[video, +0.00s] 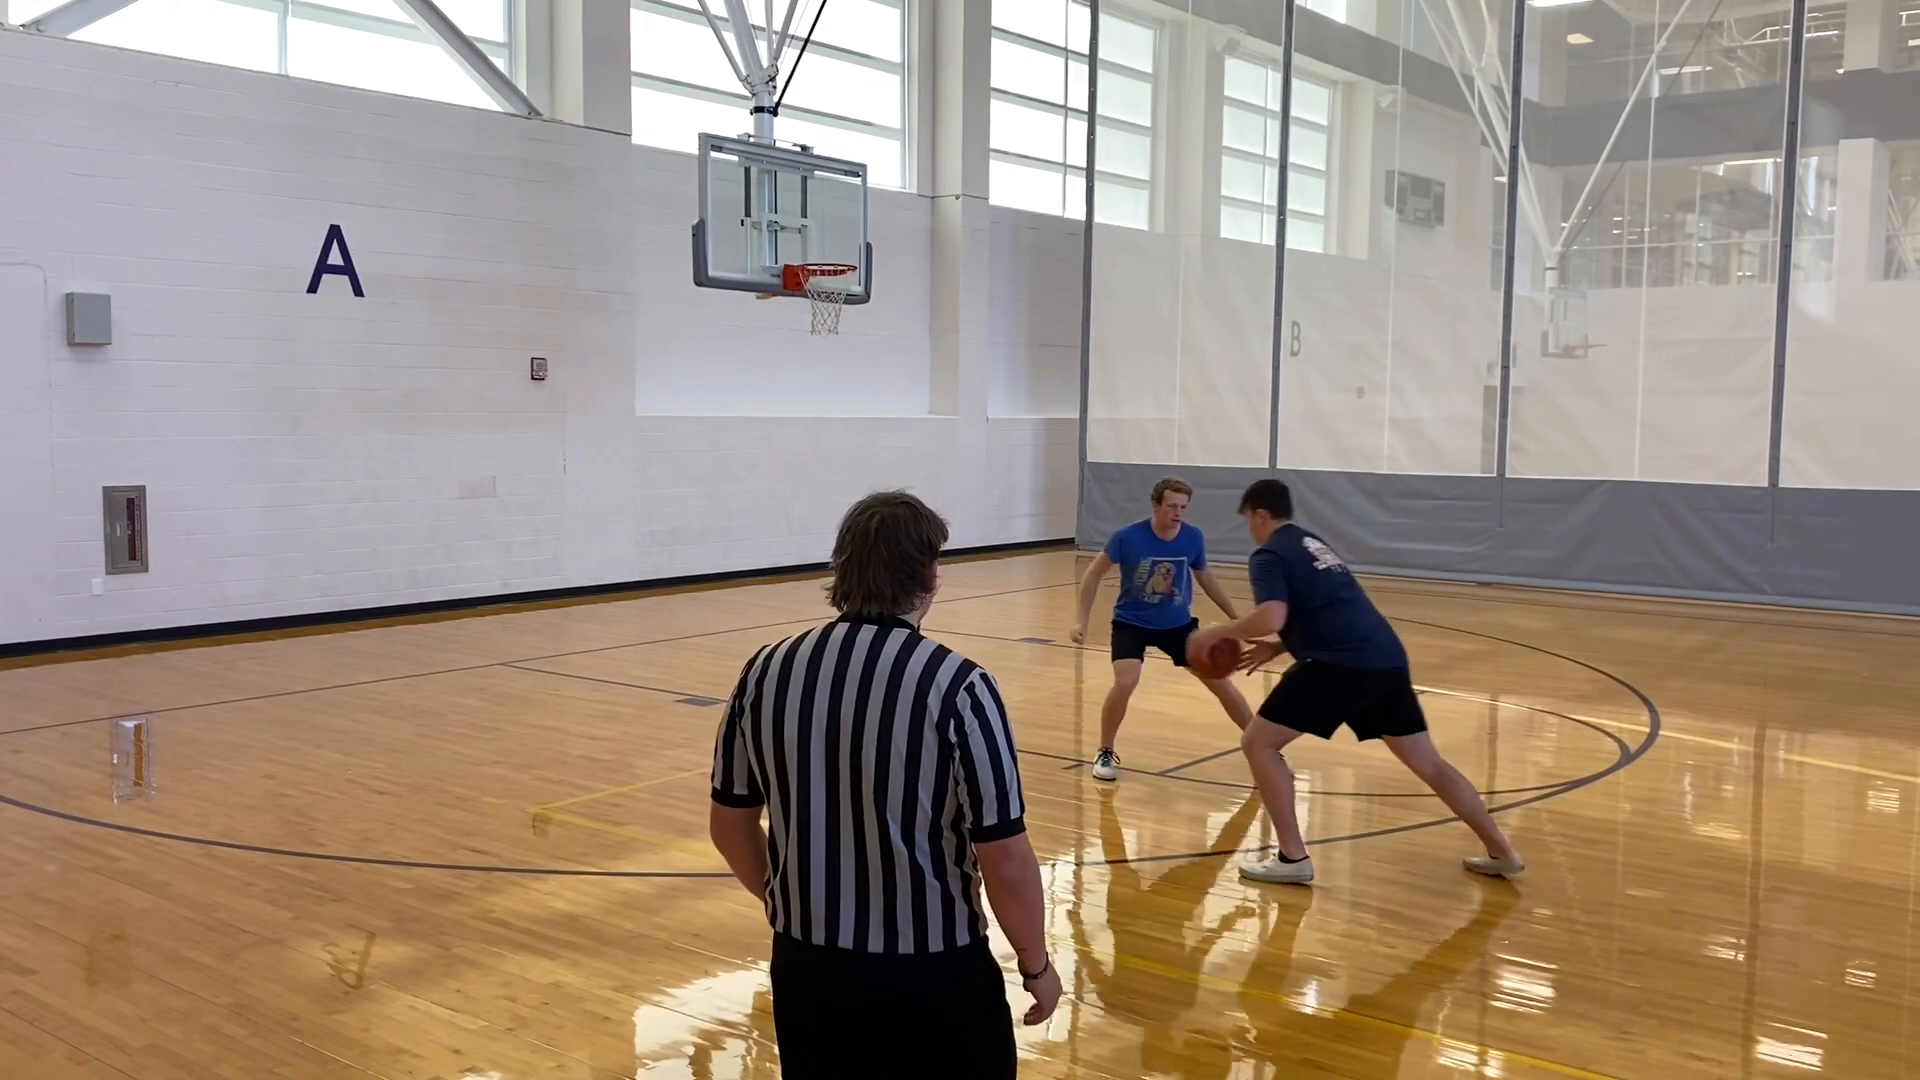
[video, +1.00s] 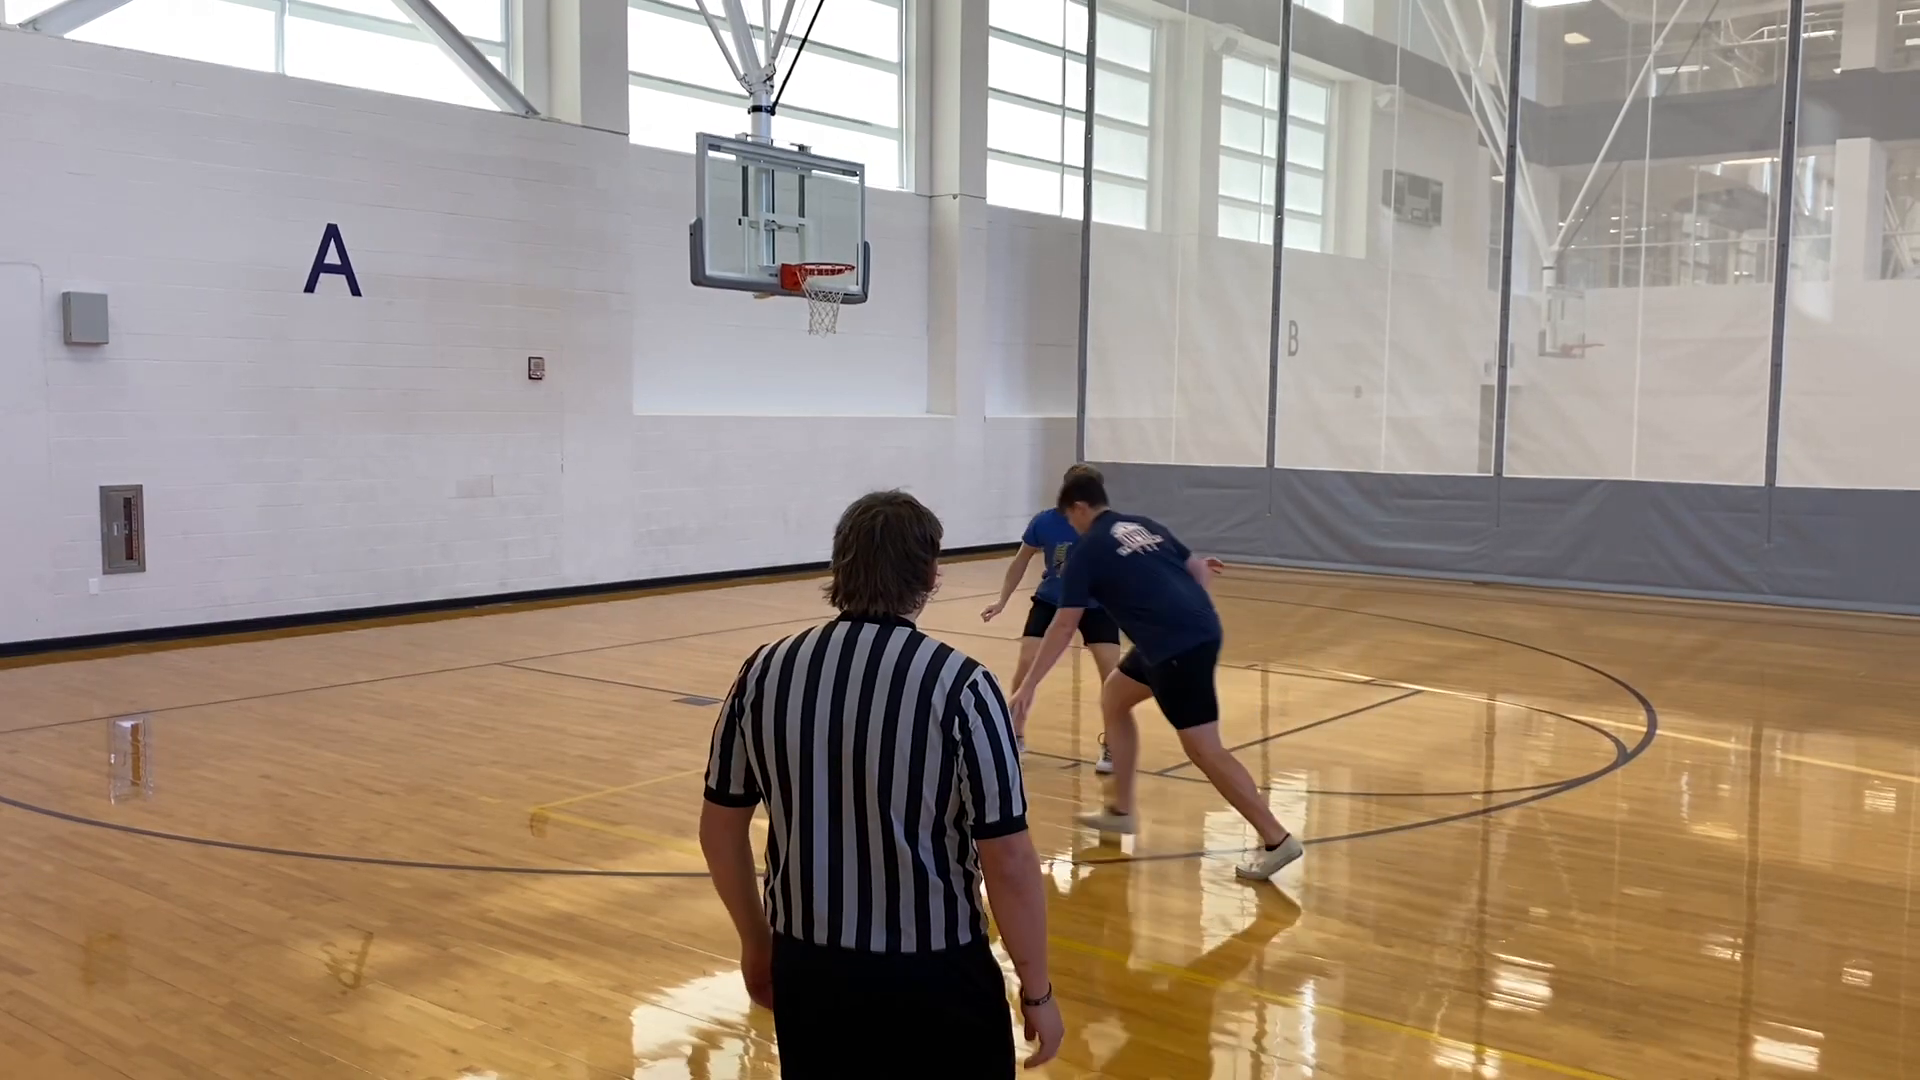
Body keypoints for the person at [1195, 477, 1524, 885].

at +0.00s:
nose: (1248, 527)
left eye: (1247, 518)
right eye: (1247, 518)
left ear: (1260, 515)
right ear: (1283, 511)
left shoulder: (1269, 554)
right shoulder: (1313, 542)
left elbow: (1271, 619)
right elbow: (1321, 613)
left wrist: (1219, 634)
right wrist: (1269, 650)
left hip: (1334, 666)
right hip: (1386, 663)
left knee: (1258, 743)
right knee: (1431, 765)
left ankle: (1292, 858)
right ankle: (1503, 854)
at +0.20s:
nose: (1205, 529)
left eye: (1205, 521)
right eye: (1204, 522)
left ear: (1217, 518)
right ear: (1240, 514)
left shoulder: (1232, 559)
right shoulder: (1272, 541)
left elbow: (1221, 629)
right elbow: (1299, 605)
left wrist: (1174, 621)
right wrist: (1254, 646)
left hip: (1298, 665)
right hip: (1347, 659)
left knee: (1241, 750)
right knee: (1381, 760)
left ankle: (1292, 858)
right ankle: (1474, 834)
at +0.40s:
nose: (1168, 535)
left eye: (1168, 527)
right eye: (1168, 527)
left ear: (1179, 522)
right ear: (1200, 516)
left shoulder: (1192, 563)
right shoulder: (1236, 541)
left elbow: (1171, 641)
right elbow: (1267, 603)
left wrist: (1125, 639)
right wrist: (1235, 654)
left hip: (1268, 663)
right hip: (1313, 658)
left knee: (1228, 757)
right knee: (1303, 756)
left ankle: (1291, 855)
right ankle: (1408, 800)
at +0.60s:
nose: (1133, 534)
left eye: (1132, 527)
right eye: (1131, 528)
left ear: (1142, 522)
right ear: (1165, 518)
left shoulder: (1155, 565)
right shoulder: (1201, 537)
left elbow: (1123, 640)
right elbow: (1233, 592)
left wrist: (1078, 682)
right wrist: (1220, 658)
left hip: (1238, 659)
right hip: (1273, 650)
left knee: (1218, 759)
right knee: (1240, 748)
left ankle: (1290, 854)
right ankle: (1315, 788)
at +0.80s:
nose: (1106, 530)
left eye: (1105, 522)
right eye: (1104, 523)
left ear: (1115, 518)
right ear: (1139, 512)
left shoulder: (1126, 561)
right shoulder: (1177, 532)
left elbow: (1094, 632)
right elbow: (1235, 579)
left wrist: (1058, 682)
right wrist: (1208, 624)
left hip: (1220, 652)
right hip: (1241, 640)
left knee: (1214, 757)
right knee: (1164, 717)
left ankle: (1289, 851)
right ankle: (1233, 798)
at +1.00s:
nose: (1071, 523)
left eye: (1069, 515)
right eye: (1069, 515)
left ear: (1078, 509)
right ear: (1103, 500)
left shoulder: (1085, 550)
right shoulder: (1141, 524)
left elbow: (1064, 625)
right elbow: (1197, 567)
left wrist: (1029, 684)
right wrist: (1199, 624)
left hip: (1178, 644)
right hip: (1190, 631)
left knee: (1205, 750)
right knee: (1115, 698)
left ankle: (1278, 840)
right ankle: (1120, 811)